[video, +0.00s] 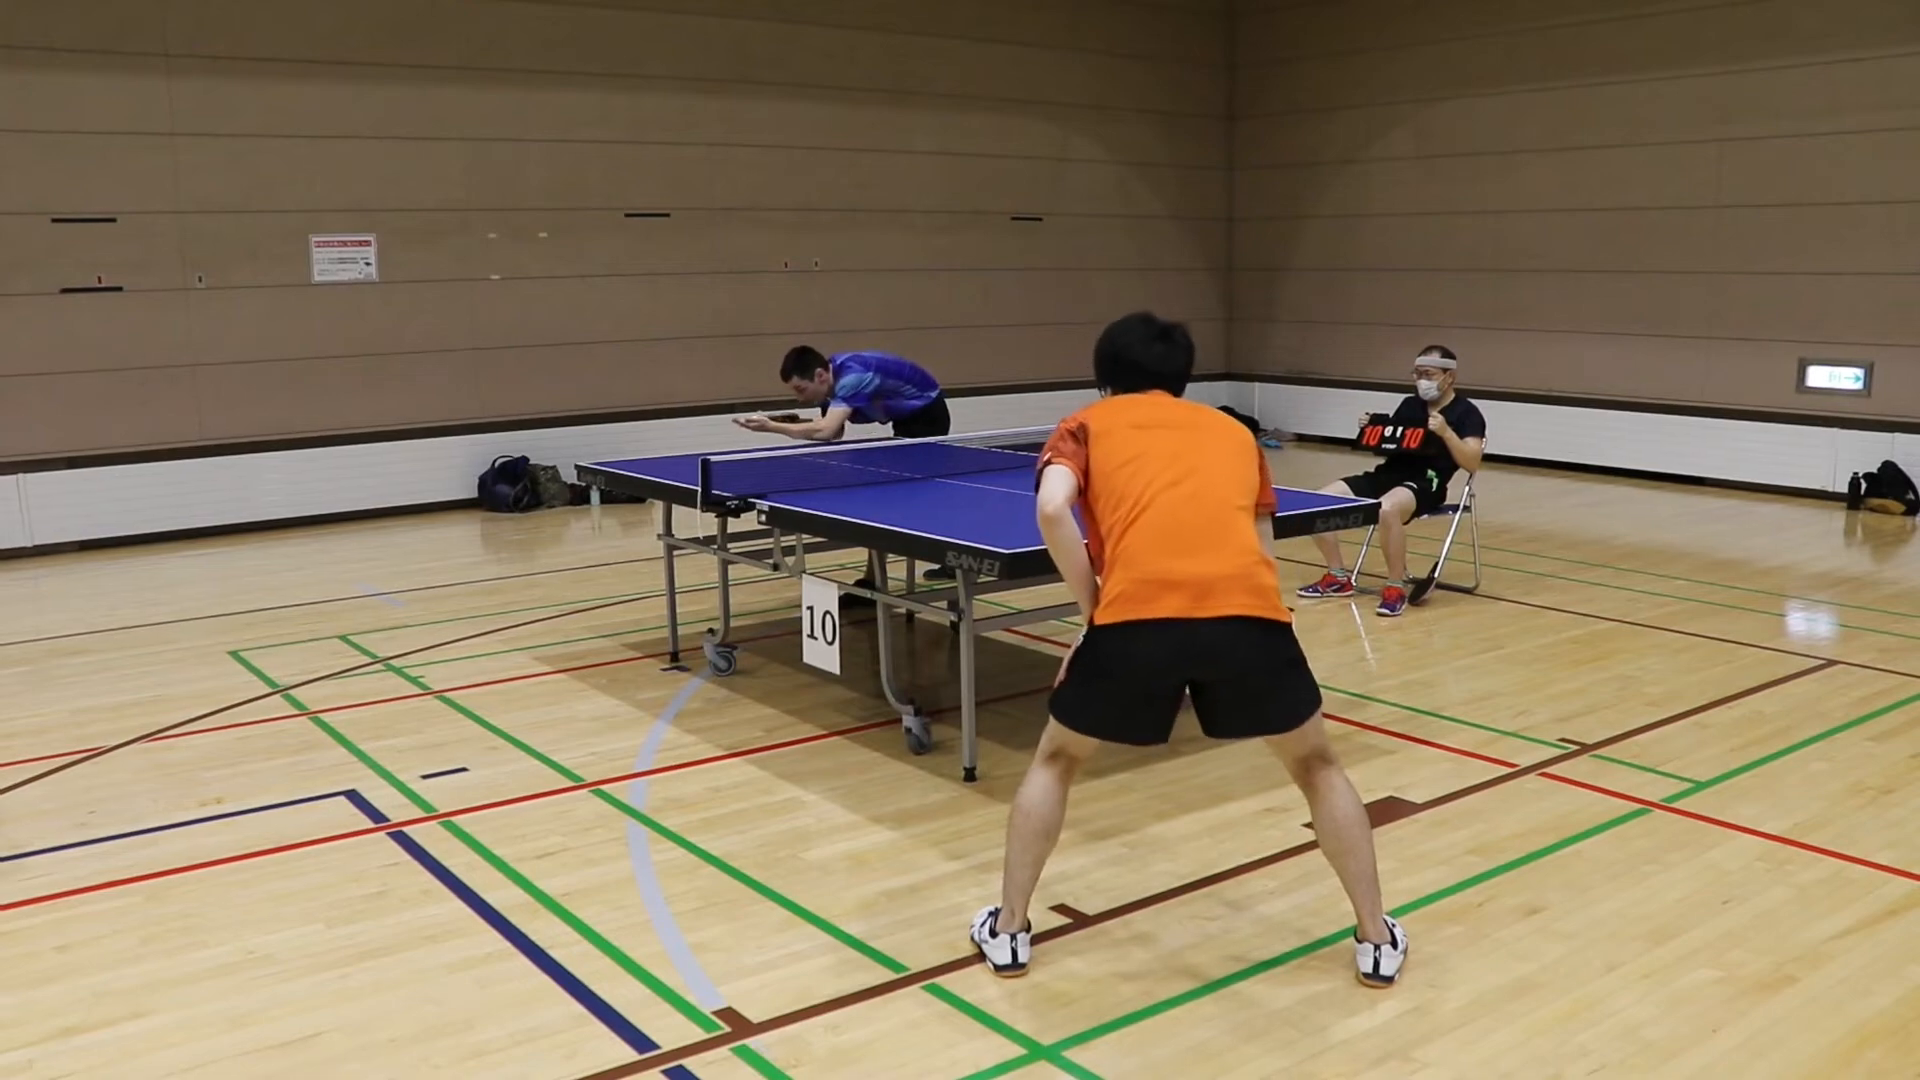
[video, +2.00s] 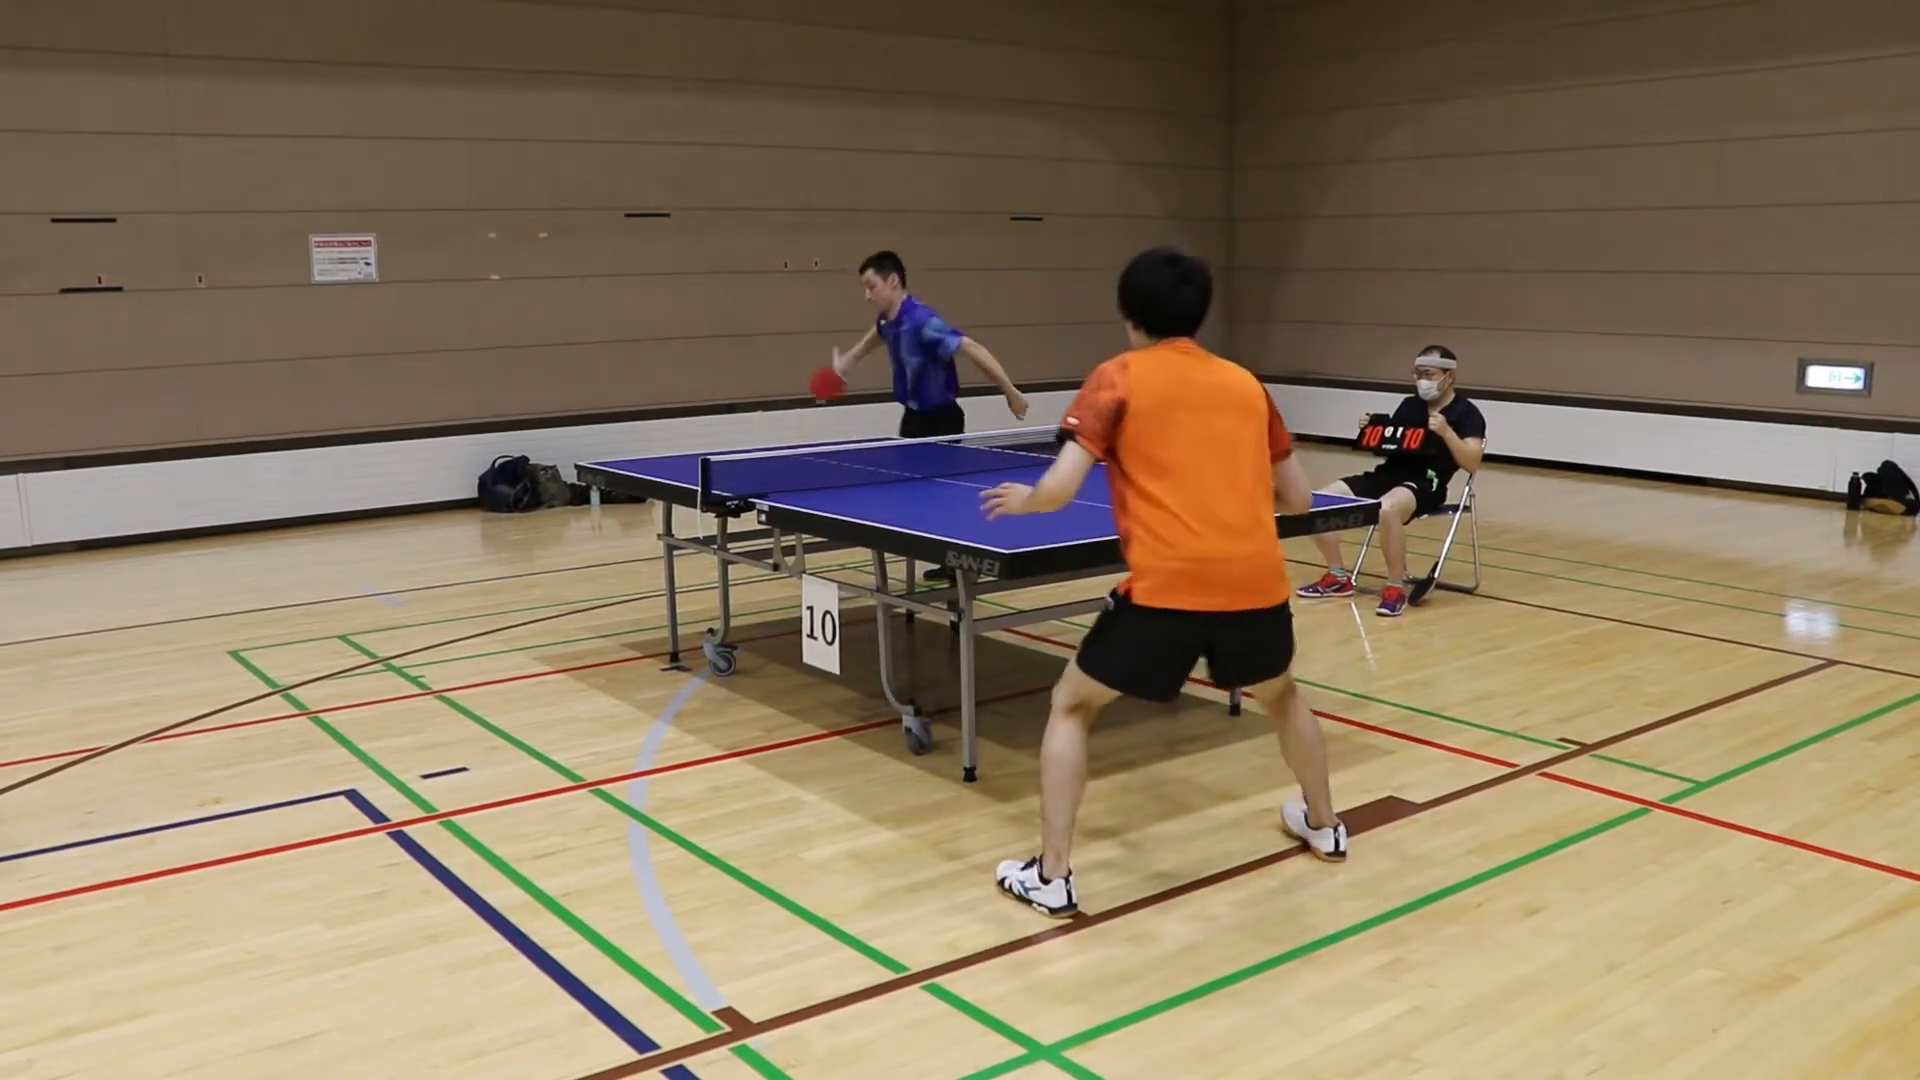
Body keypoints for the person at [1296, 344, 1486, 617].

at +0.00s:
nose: (1423, 381)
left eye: (1430, 375)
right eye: (1418, 374)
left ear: (1450, 377)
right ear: (1413, 375)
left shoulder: (1466, 414)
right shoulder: (1411, 404)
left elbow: (1472, 463)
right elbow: (1392, 439)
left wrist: (1446, 433)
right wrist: (1373, 425)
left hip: (1427, 481)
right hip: (1390, 474)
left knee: (1389, 509)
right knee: (1319, 502)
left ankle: (1394, 588)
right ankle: (1338, 576)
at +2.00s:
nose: (1423, 382)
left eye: (1430, 375)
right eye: (1419, 375)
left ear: (1449, 378)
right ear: (1414, 375)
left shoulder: (1467, 414)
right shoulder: (1411, 405)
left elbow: (1472, 463)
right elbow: (1393, 440)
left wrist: (1447, 433)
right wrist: (1372, 426)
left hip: (1427, 482)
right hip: (1390, 474)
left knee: (1388, 509)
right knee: (1319, 501)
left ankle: (1395, 588)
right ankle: (1337, 576)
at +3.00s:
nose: (1421, 382)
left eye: (1428, 376)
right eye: (1417, 375)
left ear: (1448, 378)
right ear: (1413, 375)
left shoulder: (1467, 414)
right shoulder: (1411, 405)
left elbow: (1472, 464)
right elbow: (1392, 440)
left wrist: (1447, 434)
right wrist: (1372, 427)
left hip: (1427, 482)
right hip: (1391, 474)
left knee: (1388, 510)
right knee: (1320, 502)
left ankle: (1394, 588)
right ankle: (1338, 577)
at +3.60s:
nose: (1428, 379)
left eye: (1436, 373)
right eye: (1423, 372)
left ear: (1453, 377)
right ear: (1417, 376)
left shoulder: (1467, 414)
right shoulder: (1411, 404)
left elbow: (1472, 463)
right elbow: (1393, 439)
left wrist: (1447, 433)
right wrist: (1372, 426)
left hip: (1427, 481)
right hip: (1391, 473)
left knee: (1388, 509)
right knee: (1320, 502)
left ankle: (1395, 588)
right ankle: (1337, 576)